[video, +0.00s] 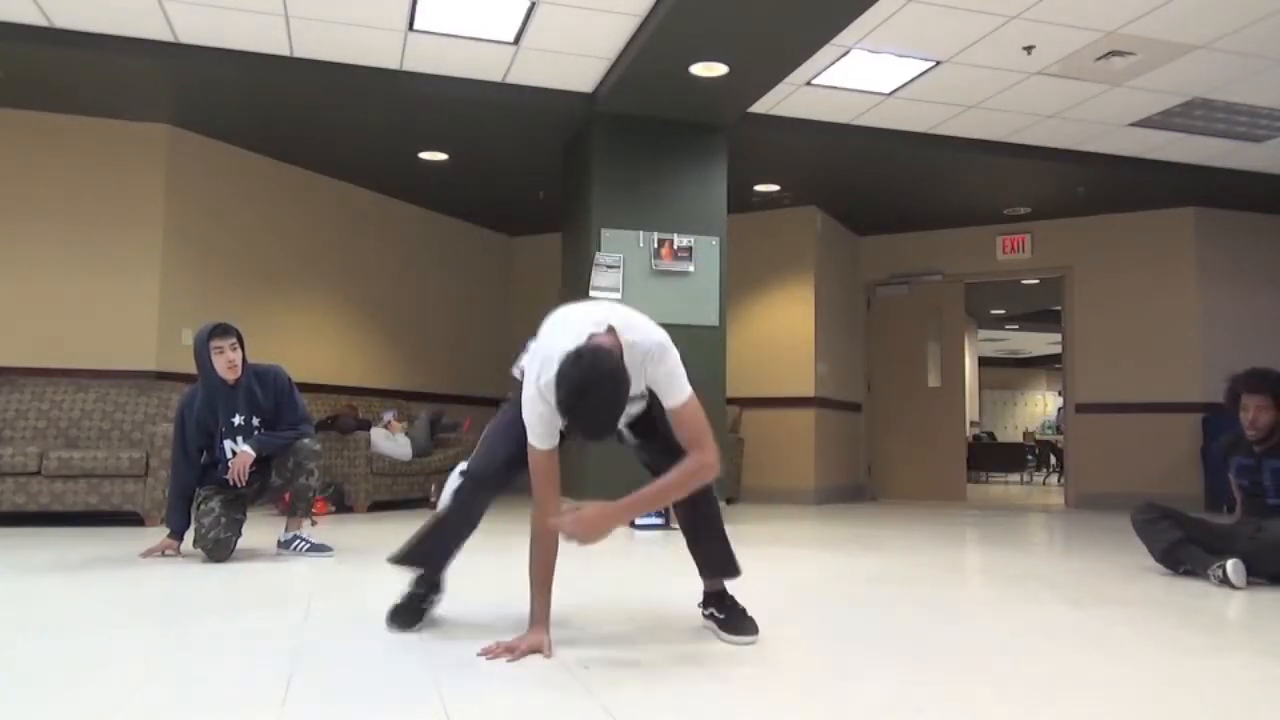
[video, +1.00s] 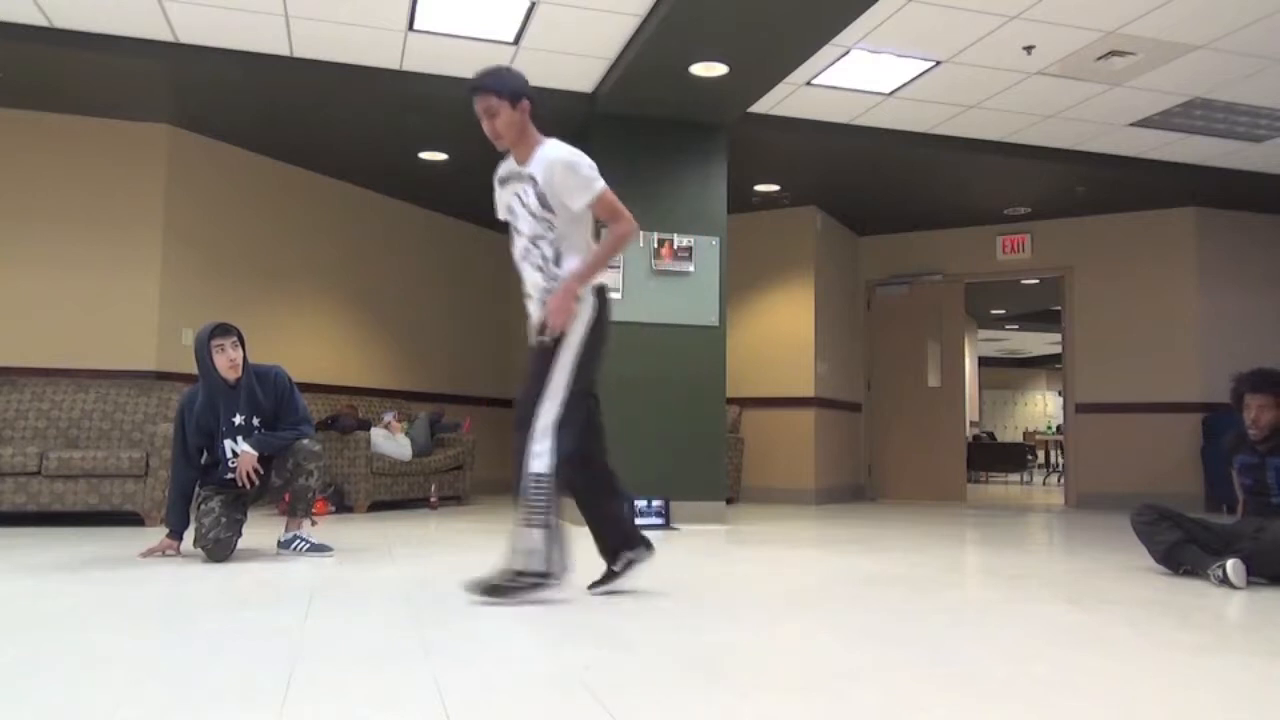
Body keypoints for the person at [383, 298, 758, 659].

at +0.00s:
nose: (587, 443)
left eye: (606, 431)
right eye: (576, 433)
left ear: (627, 382)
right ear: (561, 394)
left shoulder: (654, 351)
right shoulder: (543, 383)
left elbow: (706, 459)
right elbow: (545, 517)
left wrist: (613, 515)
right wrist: (539, 626)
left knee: (695, 481)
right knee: (478, 479)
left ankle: (718, 595)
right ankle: (426, 580)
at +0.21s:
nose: (595, 364)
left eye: (606, 358)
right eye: (585, 355)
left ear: (630, 328)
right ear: (566, 327)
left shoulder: (656, 307)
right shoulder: (547, 322)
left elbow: (660, 427)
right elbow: (520, 458)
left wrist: (625, 523)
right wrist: (498, 567)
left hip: (614, 378)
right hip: (540, 372)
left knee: (679, 448)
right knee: (477, 469)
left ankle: (715, 590)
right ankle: (417, 581)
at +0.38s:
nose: (593, 271)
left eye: (600, 258)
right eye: (580, 261)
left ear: (620, 236)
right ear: (563, 249)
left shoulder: (665, 253)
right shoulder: (547, 263)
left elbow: (683, 366)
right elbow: (503, 363)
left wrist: (643, 447)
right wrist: (472, 455)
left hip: (649, 349)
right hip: (579, 352)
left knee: (693, 441)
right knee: (519, 451)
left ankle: (718, 592)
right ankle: (432, 582)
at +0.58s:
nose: (551, 181)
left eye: (556, 167)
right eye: (542, 172)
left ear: (587, 152)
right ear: (538, 170)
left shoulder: (653, 199)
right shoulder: (546, 210)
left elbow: (723, 270)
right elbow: (553, 283)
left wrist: (664, 320)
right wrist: (530, 341)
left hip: (662, 341)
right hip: (597, 342)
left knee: (683, 473)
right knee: (553, 454)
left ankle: (714, 595)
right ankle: (573, 546)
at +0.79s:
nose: (509, 169)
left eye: (515, 155)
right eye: (501, 159)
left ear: (545, 148)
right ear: (502, 161)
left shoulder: (590, 204)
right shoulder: (532, 214)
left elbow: (662, 258)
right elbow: (580, 277)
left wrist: (622, 334)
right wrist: (566, 328)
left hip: (622, 345)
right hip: (584, 349)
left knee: (630, 457)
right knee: (580, 468)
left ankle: (694, 577)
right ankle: (637, 561)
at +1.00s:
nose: (488, 125)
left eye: (494, 112)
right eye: (481, 116)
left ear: (523, 108)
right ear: (480, 122)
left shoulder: (562, 161)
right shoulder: (506, 175)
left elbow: (625, 226)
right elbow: (532, 243)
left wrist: (571, 288)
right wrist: (537, 303)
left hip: (580, 309)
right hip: (548, 313)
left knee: (540, 422)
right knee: (572, 432)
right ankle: (625, 543)